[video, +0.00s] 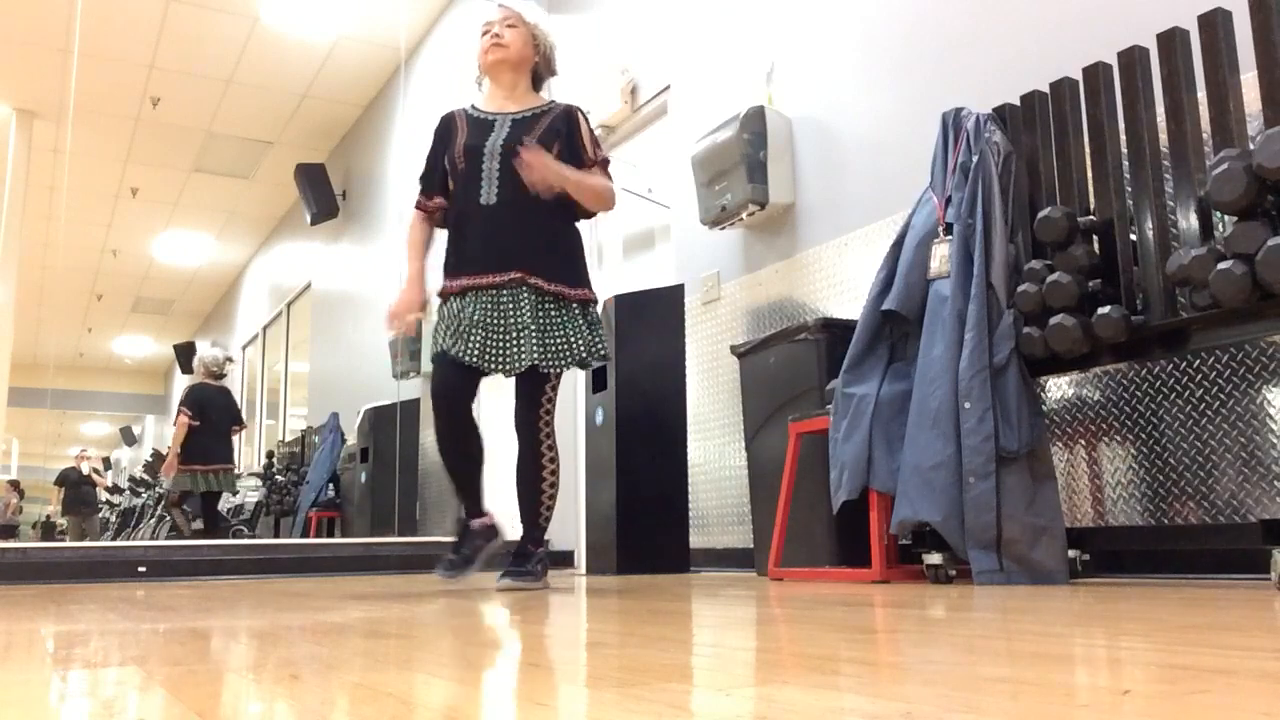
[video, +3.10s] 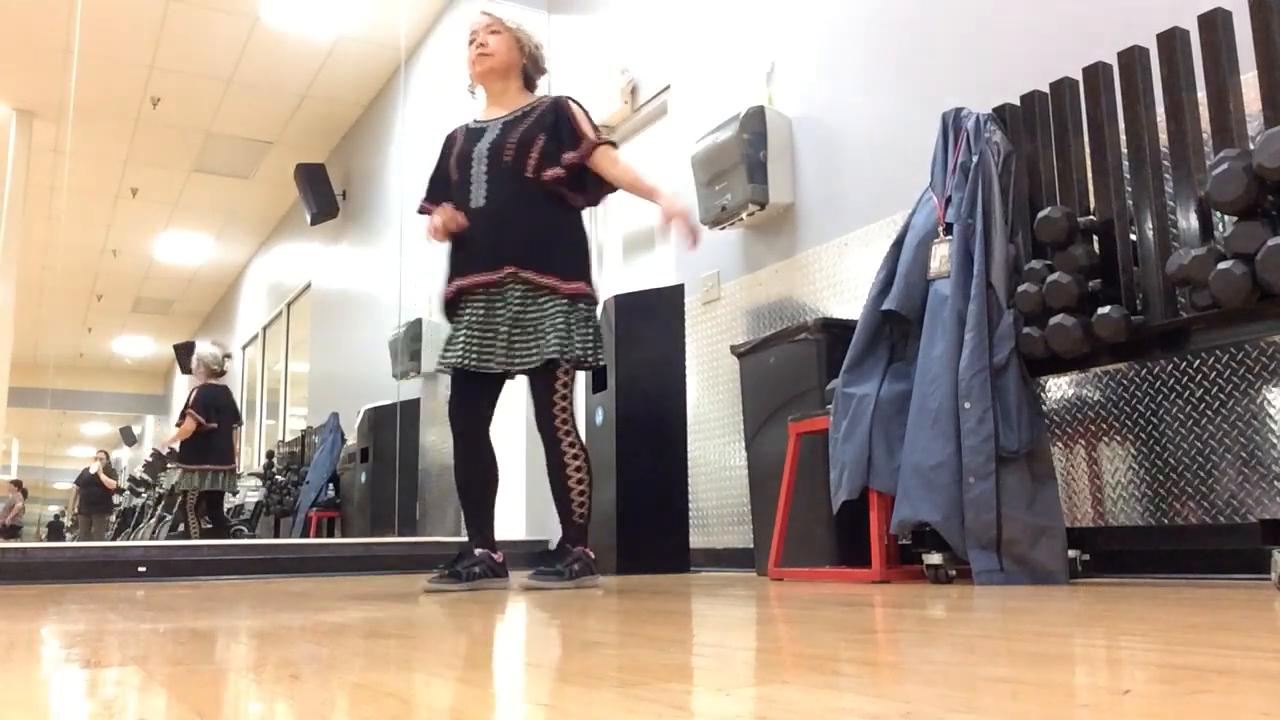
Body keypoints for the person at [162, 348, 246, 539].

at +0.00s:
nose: (196, 369)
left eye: (198, 366)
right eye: (198, 366)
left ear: (202, 369)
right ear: (221, 370)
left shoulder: (194, 391)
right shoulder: (225, 392)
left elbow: (183, 422)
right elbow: (238, 425)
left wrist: (172, 455)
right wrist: (218, 435)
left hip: (193, 465)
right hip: (220, 464)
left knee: (172, 504)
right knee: (210, 511)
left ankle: (187, 538)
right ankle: (212, 553)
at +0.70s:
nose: (183, 374)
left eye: (184, 370)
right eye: (182, 370)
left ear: (193, 371)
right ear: (204, 370)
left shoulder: (188, 394)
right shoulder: (217, 396)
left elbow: (169, 426)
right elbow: (220, 432)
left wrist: (147, 437)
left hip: (176, 466)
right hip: (203, 468)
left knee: (167, 515)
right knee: (196, 515)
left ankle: (160, 556)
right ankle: (204, 557)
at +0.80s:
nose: (184, 373)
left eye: (186, 369)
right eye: (184, 369)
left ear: (194, 371)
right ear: (206, 370)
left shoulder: (192, 394)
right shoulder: (217, 395)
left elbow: (173, 422)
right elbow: (218, 431)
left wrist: (158, 421)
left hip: (184, 467)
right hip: (210, 467)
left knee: (169, 508)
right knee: (201, 513)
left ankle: (162, 550)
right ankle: (204, 554)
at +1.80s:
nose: (182, 369)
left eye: (184, 365)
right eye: (182, 365)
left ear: (193, 367)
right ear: (205, 368)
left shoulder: (193, 390)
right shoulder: (211, 392)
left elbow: (185, 419)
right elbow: (214, 430)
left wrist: (164, 435)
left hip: (185, 463)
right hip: (202, 463)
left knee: (177, 509)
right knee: (177, 507)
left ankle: (192, 552)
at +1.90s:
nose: (178, 364)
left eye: (181, 361)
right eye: (180, 360)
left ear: (189, 365)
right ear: (200, 367)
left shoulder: (189, 388)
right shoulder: (207, 392)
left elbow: (185, 419)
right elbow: (218, 430)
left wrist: (161, 439)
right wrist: (224, 462)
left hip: (180, 463)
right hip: (197, 464)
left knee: (180, 512)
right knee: (166, 511)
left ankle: (193, 556)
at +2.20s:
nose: (174, 367)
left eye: (176, 364)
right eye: (175, 363)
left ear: (183, 368)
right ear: (197, 370)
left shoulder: (181, 392)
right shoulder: (201, 395)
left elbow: (173, 424)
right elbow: (207, 433)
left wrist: (150, 439)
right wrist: (200, 461)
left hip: (167, 467)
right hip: (188, 469)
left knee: (162, 516)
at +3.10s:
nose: (193, 369)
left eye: (195, 364)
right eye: (194, 364)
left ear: (202, 368)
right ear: (217, 368)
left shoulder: (201, 392)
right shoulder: (225, 391)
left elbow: (189, 427)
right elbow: (235, 427)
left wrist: (170, 440)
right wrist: (234, 456)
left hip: (199, 466)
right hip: (222, 465)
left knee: (189, 510)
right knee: (216, 511)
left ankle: (197, 554)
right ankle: (228, 553)